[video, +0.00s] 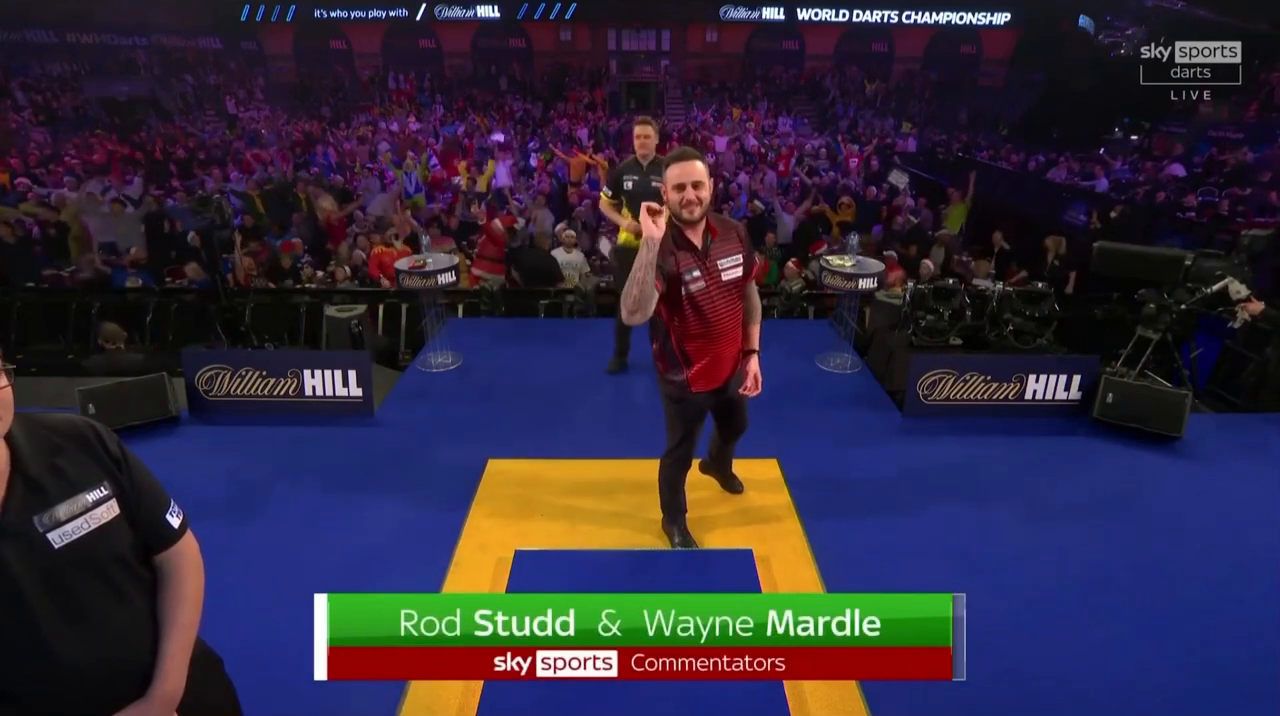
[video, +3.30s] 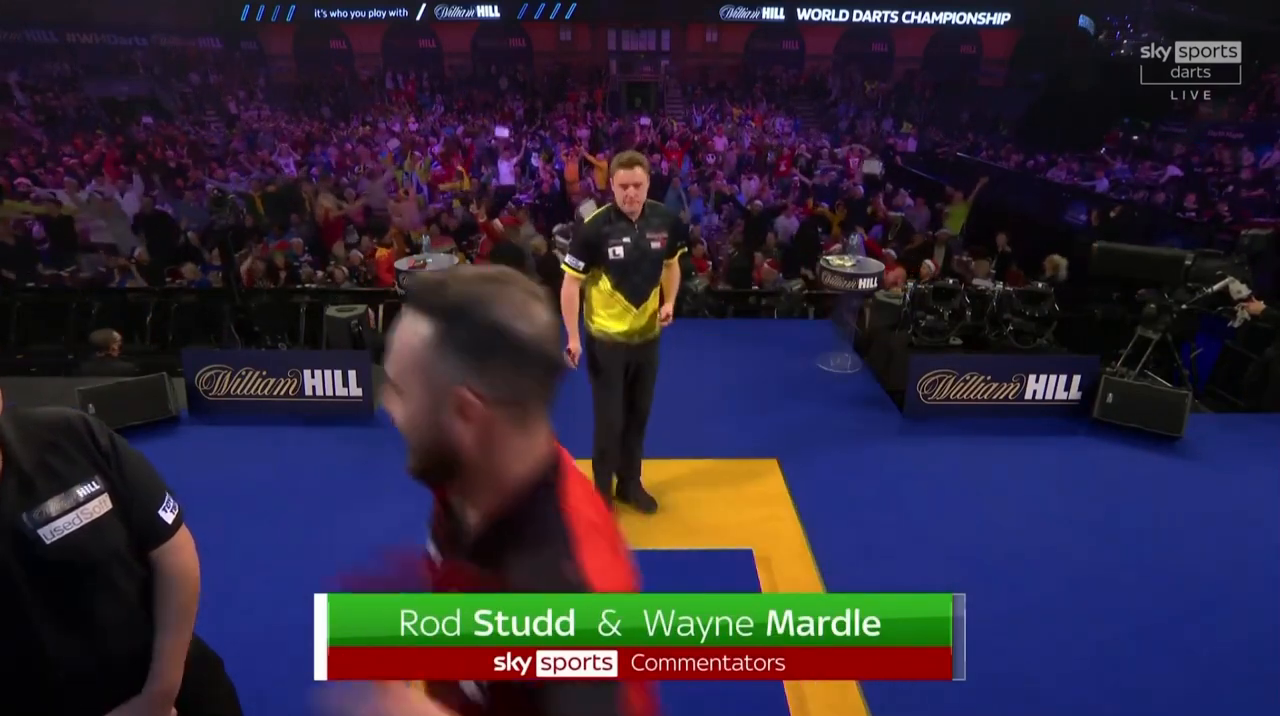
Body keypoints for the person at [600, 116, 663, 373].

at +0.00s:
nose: (642, 142)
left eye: (647, 137)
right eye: (638, 137)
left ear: (657, 139)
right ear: (632, 140)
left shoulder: (669, 169)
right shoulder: (621, 171)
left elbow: (681, 201)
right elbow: (604, 203)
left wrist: (663, 219)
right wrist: (624, 222)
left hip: (661, 244)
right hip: (628, 244)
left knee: (660, 299)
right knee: (624, 300)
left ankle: (662, 356)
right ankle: (620, 357)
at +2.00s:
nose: (631, 169)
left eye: (636, 163)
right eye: (627, 163)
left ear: (645, 160)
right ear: (618, 161)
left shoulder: (661, 189)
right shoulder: (605, 188)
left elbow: (673, 228)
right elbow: (587, 227)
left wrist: (654, 248)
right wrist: (610, 247)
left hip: (646, 271)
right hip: (612, 270)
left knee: (642, 332)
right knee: (609, 327)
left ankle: (638, 380)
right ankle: (617, 356)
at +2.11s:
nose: (632, 174)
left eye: (636, 168)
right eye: (626, 168)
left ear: (645, 163)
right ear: (618, 164)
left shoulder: (663, 191)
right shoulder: (605, 191)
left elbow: (675, 229)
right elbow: (586, 228)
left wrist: (654, 250)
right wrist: (611, 251)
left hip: (647, 276)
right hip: (612, 275)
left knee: (643, 337)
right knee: (610, 337)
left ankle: (641, 389)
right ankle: (615, 388)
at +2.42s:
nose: (621, 190)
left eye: (626, 183)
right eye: (616, 184)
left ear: (636, 176)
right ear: (606, 179)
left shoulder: (656, 202)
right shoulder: (594, 207)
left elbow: (670, 244)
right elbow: (575, 248)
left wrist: (647, 267)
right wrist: (607, 272)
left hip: (642, 292)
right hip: (606, 293)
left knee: (640, 350)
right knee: (607, 367)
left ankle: (640, 391)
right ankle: (603, 440)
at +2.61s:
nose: (615, 196)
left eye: (620, 189)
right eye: (609, 190)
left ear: (630, 180)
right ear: (599, 182)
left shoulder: (649, 203)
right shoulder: (585, 209)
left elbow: (660, 244)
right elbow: (561, 252)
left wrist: (646, 276)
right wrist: (590, 285)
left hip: (635, 304)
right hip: (596, 306)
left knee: (641, 367)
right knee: (600, 377)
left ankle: (633, 397)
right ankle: (603, 444)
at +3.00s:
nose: (621, 207)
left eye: (627, 200)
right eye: (615, 200)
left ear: (637, 189)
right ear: (603, 190)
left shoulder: (652, 214)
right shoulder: (585, 223)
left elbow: (659, 256)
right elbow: (560, 271)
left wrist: (651, 296)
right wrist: (565, 320)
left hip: (638, 317)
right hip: (595, 320)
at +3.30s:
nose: (631, 193)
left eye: (637, 185)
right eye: (624, 186)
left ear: (648, 185)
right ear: (612, 186)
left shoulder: (667, 221)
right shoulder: (593, 229)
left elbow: (672, 264)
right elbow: (571, 282)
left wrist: (669, 301)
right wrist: (573, 336)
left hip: (647, 337)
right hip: (606, 339)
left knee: (638, 416)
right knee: (610, 419)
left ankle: (630, 483)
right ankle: (603, 493)